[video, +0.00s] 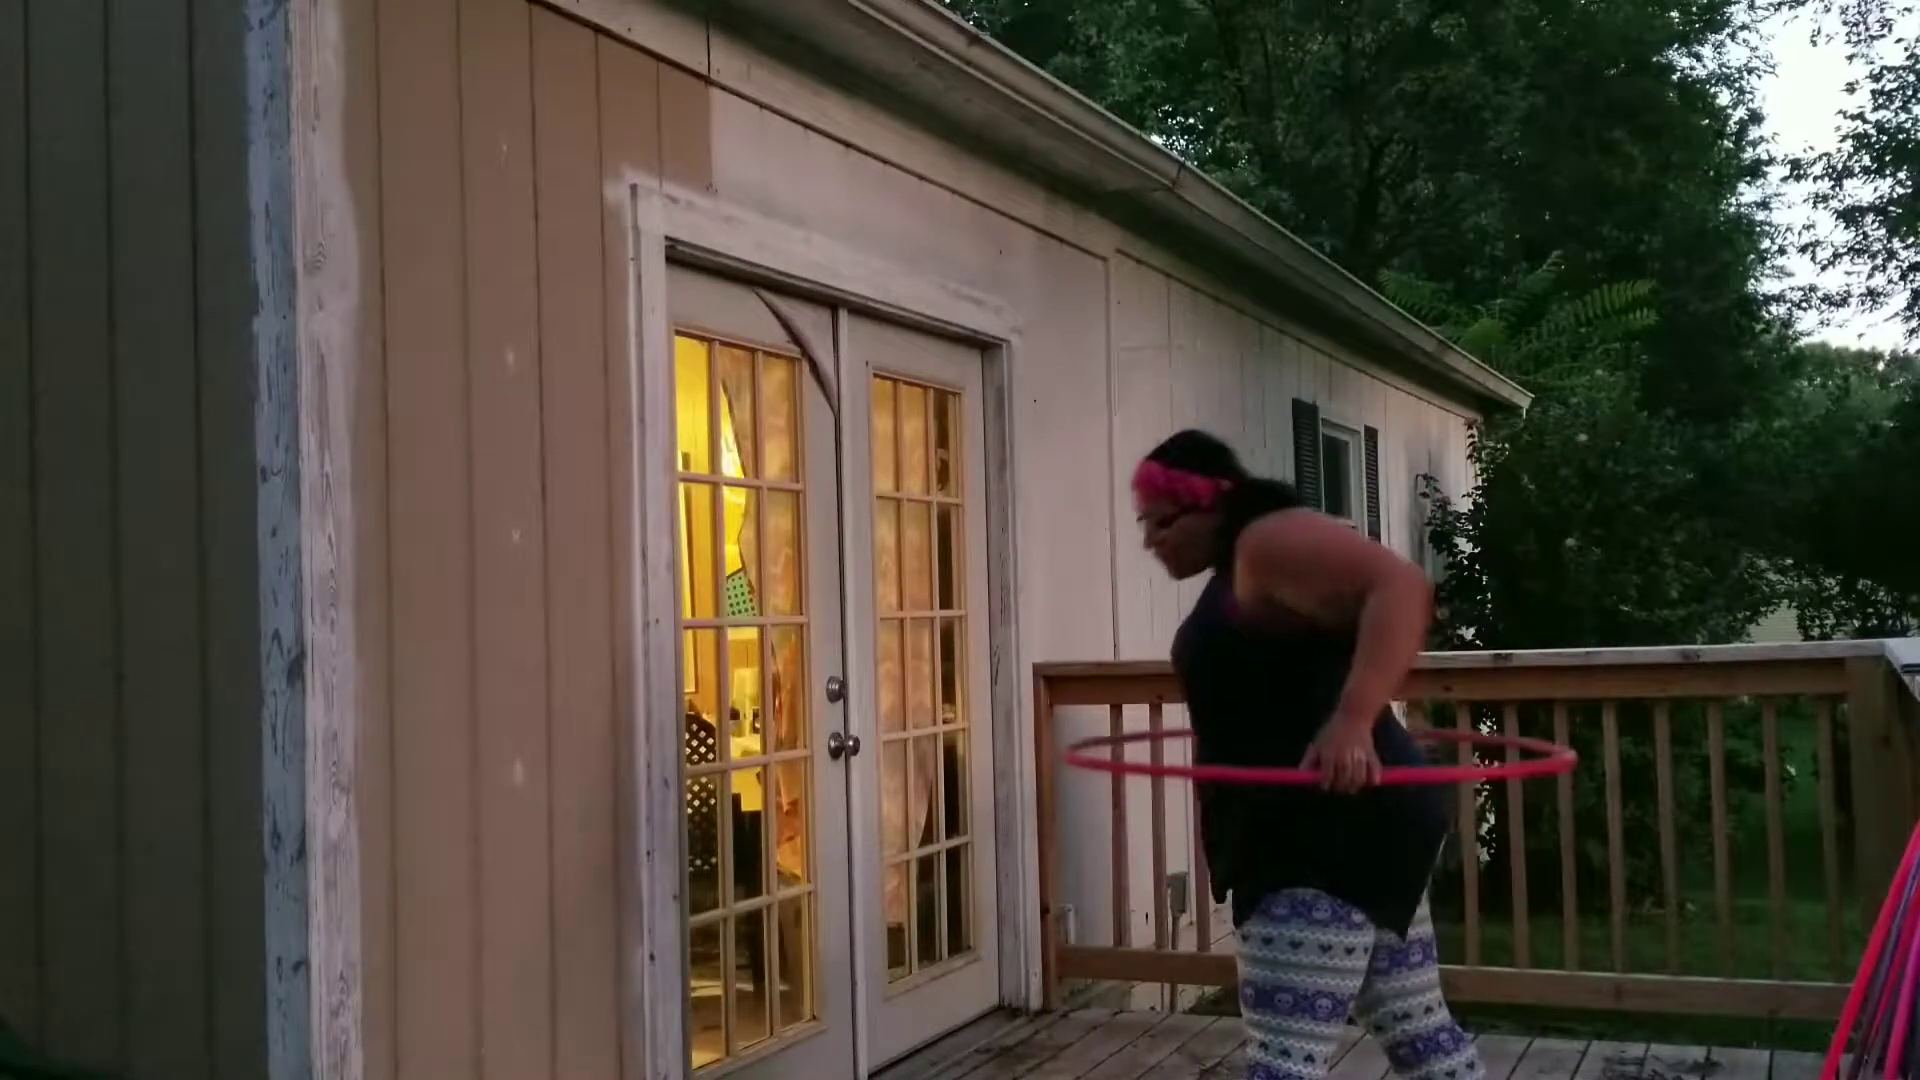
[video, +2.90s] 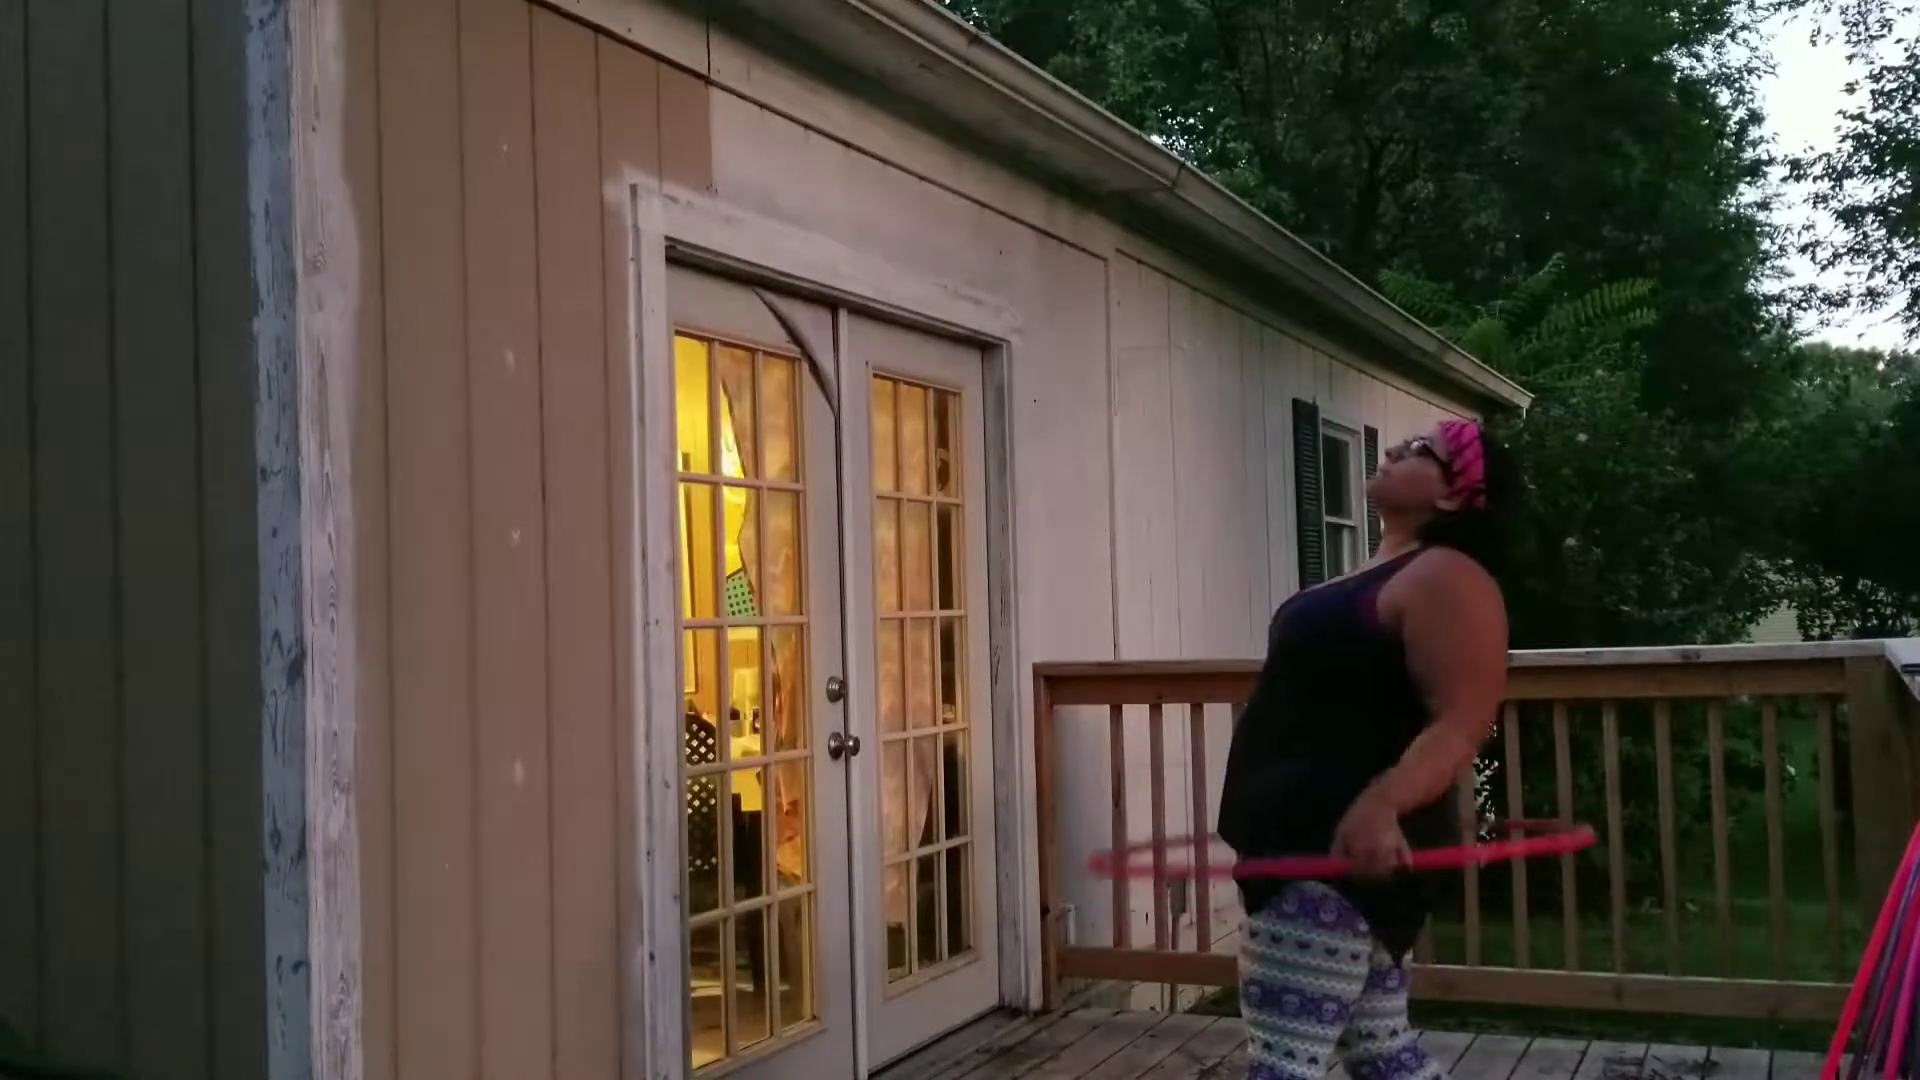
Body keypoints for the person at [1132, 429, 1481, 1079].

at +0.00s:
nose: (1149, 540)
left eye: (1158, 520)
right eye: (1145, 524)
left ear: (1208, 500)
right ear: (1206, 503)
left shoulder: (1268, 539)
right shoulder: (1239, 577)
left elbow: (1401, 585)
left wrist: (1354, 717)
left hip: (1318, 845)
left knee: (1281, 1061)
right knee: (1422, 1039)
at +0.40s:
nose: (1160, 610)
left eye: (1157, 591)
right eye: (1150, 597)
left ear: (1183, 555)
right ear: (1184, 555)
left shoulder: (1281, 560)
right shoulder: (1232, 624)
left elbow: (1389, 657)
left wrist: (1362, 811)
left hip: (1330, 868)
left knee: (1284, 1063)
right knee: (1398, 1047)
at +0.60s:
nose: (1225, 592)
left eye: (1227, 571)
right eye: (1217, 578)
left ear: (1263, 538)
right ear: (1265, 542)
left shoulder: (1356, 565)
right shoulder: (1291, 605)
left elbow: (1375, 715)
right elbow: (1294, 746)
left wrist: (1380, 862)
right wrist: (1275, 878)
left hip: (1344, 883)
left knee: (1296, 1062)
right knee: (1388, 1051)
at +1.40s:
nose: (1195, 500)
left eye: (1212, 482)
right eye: (1198, 484)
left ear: (1268, 489)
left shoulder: (1320, 556)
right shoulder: (1263, 578)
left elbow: (1448, 633)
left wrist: (1396, 771)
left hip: (1323, 867)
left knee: (1282, 1063)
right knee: (1394, 1051)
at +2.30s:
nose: (1293, 495)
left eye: (1309, 478)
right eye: (1292, 479)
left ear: (1365, 482)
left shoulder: (1412, 573)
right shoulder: (1335, 581)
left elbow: (1411, 723)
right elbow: (1312, 734)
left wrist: (1402, 869)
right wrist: (1260, 863)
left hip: (1331, 876)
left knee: (1284, 1063)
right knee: (1389, 1051)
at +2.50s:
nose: (1369, 459)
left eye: (1395, 454)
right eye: (1376, 448)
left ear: (1435, 491)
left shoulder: (1440, 589)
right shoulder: (1367, 581)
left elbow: (1425, 739)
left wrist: (1416, 883)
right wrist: (1269, 860)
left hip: (1338, 877)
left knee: (1285, 1062)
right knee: (1383, 1053)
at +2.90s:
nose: (1393, 451)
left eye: (1418, 451)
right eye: (1404, 444)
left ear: (1451, 495)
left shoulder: (1446, 577)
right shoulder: (1376, 574)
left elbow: (1466, 717)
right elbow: (1344, 713)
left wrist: (1382, 802)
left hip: (1335, 861)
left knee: (1282, 1060)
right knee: (1383, 1052)